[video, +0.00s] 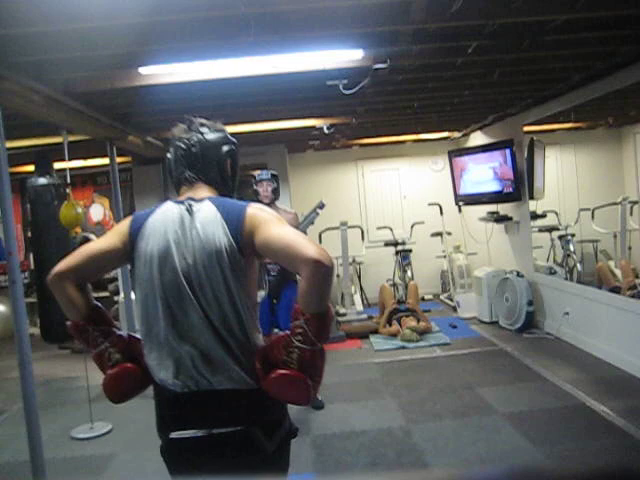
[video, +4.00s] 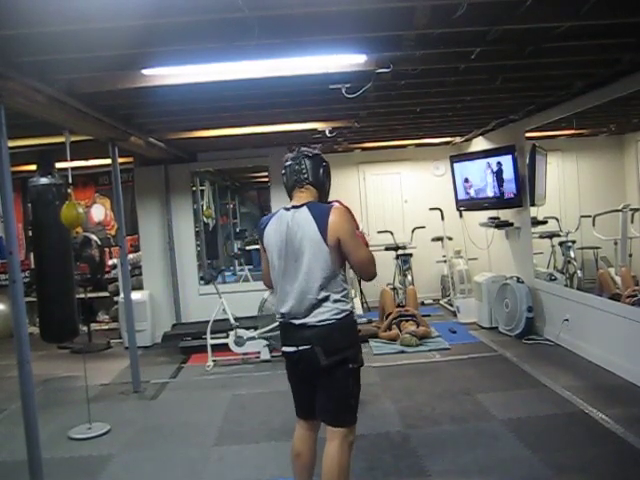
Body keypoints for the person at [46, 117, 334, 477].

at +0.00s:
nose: (238, 173)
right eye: (236, 166)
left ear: (172, 174)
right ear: (228, 169)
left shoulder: (138, 226)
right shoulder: (247, 216)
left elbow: (61, 277)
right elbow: (317, 261)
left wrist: (107, 343)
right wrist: (302, 345)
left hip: (179, 425)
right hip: (249, 419)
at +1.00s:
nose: (243, 175)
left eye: (240, 169)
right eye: (240, 169)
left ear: (196, 179)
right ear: (235, 174)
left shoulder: (174, 229)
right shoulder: (257, 216)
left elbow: (151, 301)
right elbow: (289, 290)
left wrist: (182, 324)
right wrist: (290, 328)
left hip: (206, 372)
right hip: (260, 366)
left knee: (222, 467)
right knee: (279, 463)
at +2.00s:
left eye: (286, 172)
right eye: (322, 171)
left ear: (282, 178)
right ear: (322, 176)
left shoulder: (264, 221)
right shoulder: (341, 214)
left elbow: (246, 286)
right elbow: (367, 281)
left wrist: (278, 288)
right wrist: (354, 306)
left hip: (284, 350)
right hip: (332, 349)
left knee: (288, 435)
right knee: (323, 445)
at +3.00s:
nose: (315, 180)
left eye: (313, 175)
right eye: (313, 175)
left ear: (275, 181)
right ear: (308, 178)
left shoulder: (256, 224)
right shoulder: (320, 211)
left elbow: (251, 283)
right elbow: (346, 273)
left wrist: (278, 260)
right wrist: (346, 249)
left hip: (281, 332)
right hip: (322, 329)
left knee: (295, 421)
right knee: (336, 423)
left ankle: (298, 477)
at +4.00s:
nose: (328, 182)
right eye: (326, 177)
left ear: (288, 183)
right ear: (321, 179)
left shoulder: (269, 226)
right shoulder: (334, 214)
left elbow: (270, 281)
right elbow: (367, 270)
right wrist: (356, 241)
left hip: (293, 339)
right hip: (335, 337)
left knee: (305, 423)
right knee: (339, 432)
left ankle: (302, 477)